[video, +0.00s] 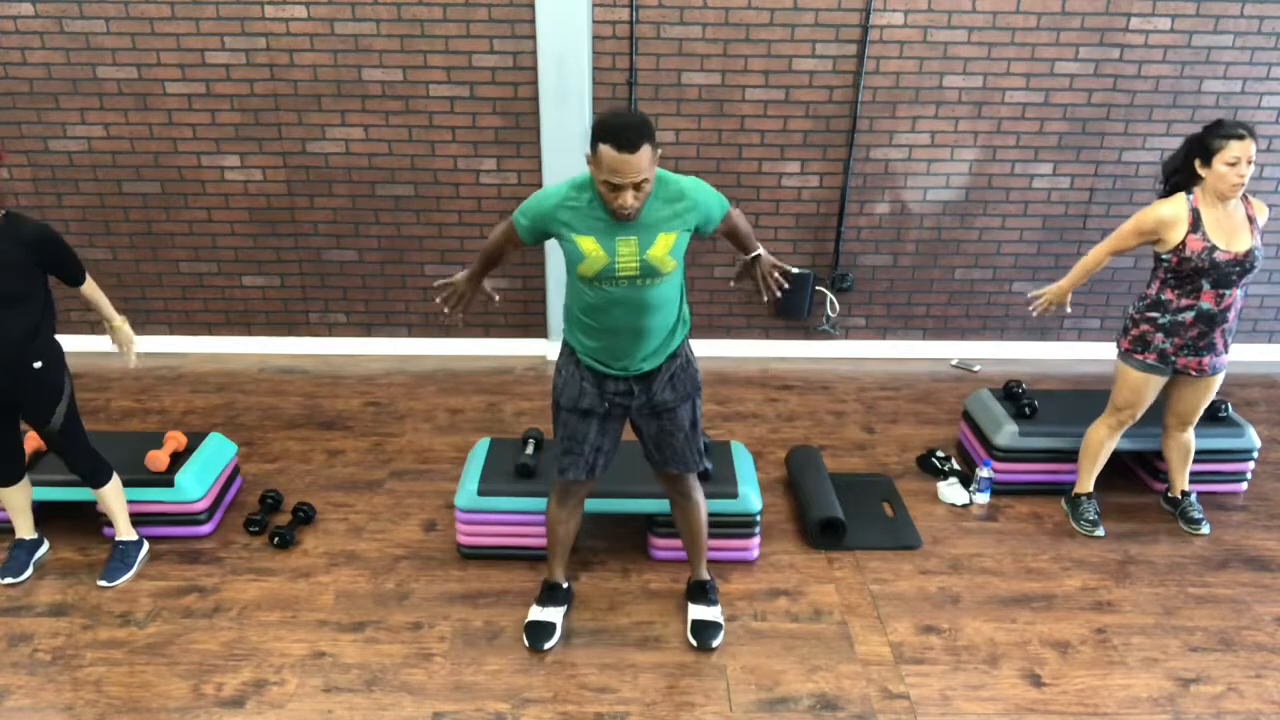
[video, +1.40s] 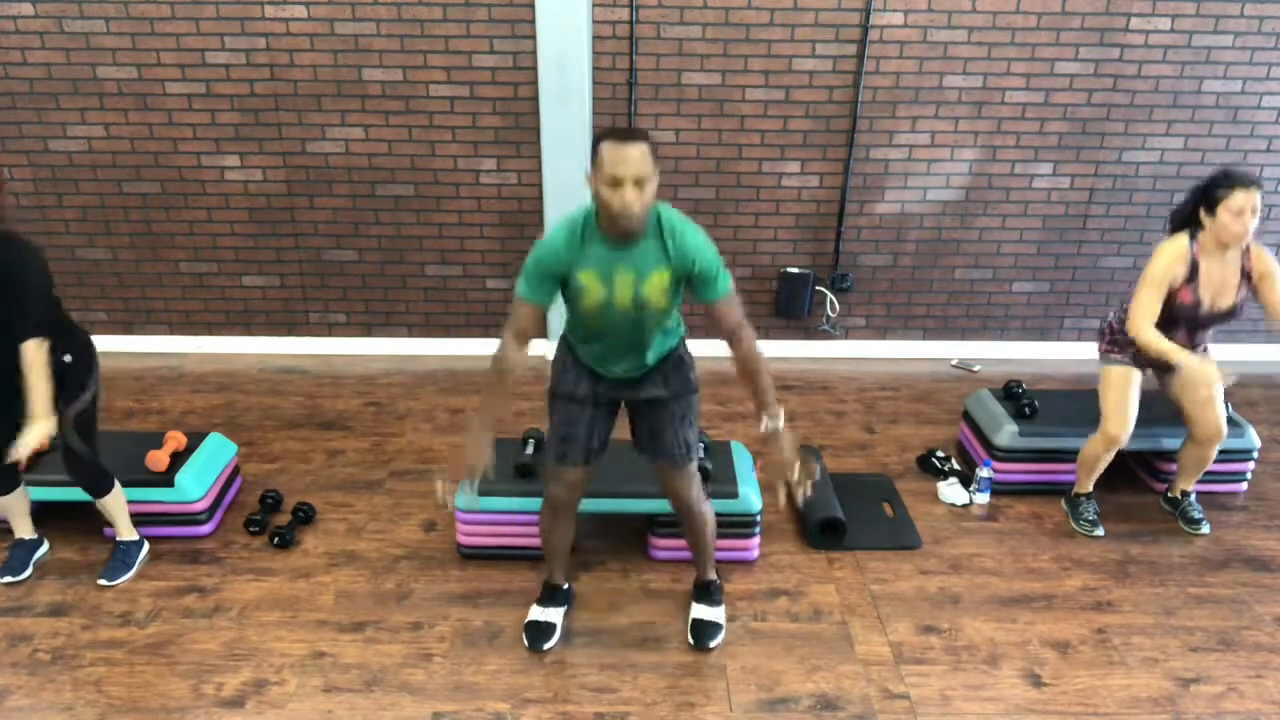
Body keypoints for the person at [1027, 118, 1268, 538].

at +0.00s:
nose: (1244, 173)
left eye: (1249, 164)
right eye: (1233, 164)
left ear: (1254, 166)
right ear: (1203, 167)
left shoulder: (1254, 212)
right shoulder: (1170, 214)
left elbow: (1225, 265)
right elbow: (1106, 250)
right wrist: (1063, 288)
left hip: (1209, 342)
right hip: (1157, 335)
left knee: (1183, 425)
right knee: (1119, 416)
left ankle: (1179, 494)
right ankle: (1081, 494)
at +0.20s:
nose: (1248, 171)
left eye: (1252, 163)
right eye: (1237, 162)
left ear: (1256, 166)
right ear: (1206, 166)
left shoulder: (1258, 217)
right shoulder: (1173, 215)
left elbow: (1257, 271)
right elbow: (1105, 262)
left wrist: (1259, 315)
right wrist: (1060, 311)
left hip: (1207, 341)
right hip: (1154, 334)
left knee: (1184, 425)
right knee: (1120, 416)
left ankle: (1179, 494)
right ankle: (1081, 494)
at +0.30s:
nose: (1248, 171)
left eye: (1253, 162)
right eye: (1238, 162)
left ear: (1258, 166)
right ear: (1207, 166)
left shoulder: (1260, 218)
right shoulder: (1175, 216)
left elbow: (1267, 279)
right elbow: (1113, 273)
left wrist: (1278, 316)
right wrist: (1082, 338)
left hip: (1205, 339)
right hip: (1151, 333)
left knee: (1186, 423)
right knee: (1121, 417)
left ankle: (1179, 494)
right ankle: (1081, 493)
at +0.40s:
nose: (1253, 177)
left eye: (1257, 169)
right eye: (1241, 168)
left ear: (1262, 173)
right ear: (1210, 173)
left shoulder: (1263, 224)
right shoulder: (1177, 219)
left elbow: (1272, 289)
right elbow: (1120, 282)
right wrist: (1136, 347)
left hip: (1198, 335)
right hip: (1145, 329)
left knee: (1191, 424)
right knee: (1120, 419)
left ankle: (1179, 494)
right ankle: (1081, 494)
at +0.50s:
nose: (1255, 195)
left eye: (1259, 185)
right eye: (1243, 185)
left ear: (1264, 189)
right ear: (1211, 191)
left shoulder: (1263, 239)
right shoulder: (1178, 232)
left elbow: (1274, 307)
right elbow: (1128, 300)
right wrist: (1186, 330)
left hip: (1192, 332)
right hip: (1137, 326)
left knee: (1197, 422)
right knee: (1116, 421)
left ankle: (1179, 494)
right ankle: (1080, 494)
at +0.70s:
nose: (1246, 243)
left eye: (1251, 233)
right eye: (1234, 233)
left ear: (1257, 237)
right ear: (1203, 239)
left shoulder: (1255, 279)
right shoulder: (1169, 274)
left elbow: (1268, 354)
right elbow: (1154, 351)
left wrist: (1271, 312)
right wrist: (1215, 320)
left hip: (1180, 345)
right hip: (1122, 340)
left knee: (1210, 429)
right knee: (1113, 427)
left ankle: (1179, 494)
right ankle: (1080, 494)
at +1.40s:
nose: (1248, 224)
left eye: (1254, 214)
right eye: (1238, 213)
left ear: (1259, 216)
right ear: (1207, 214)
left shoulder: (1258, 262)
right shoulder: (1174, 252)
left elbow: (1277, 314)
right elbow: (1138, 327)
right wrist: (1189, 362)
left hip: (1188, 346)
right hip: (1132, 339)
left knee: (1211, 429)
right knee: (1115, 433)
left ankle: (1179, 494)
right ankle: (1079, 495)